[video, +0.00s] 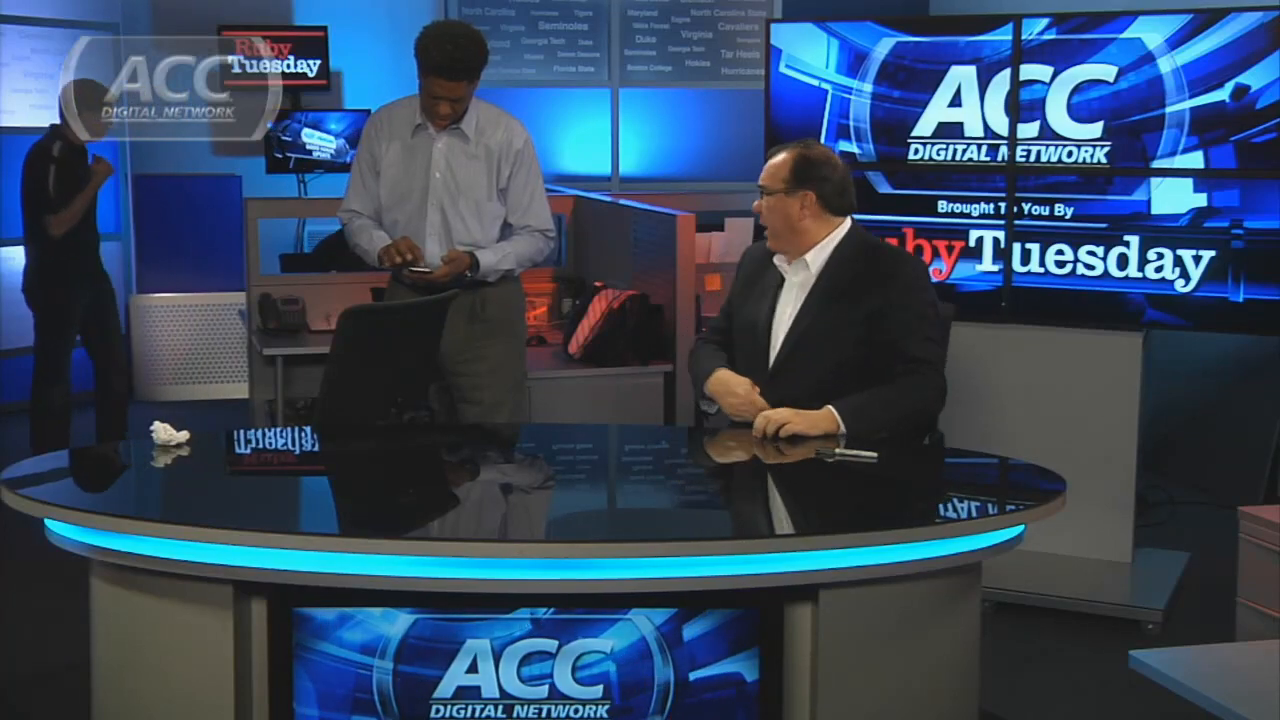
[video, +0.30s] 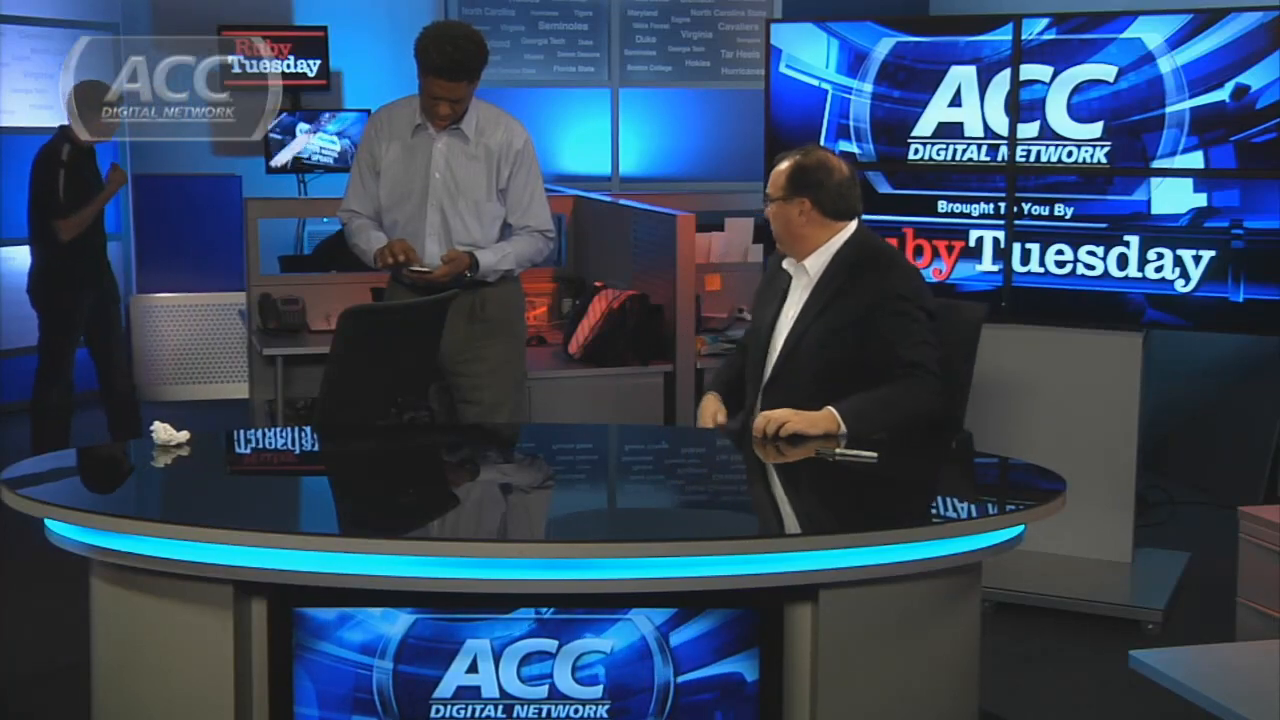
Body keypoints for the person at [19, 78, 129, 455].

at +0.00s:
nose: (104, 121)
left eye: (105, 112)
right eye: (97, 112)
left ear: (89, 113)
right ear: (76, 112)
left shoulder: (78, 154)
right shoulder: (44, 155)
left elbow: (77, 224)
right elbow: (53, 226)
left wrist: (90, 272)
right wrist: (95, 182)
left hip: (88, 277)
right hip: (54, 282)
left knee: (113, 365)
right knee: (53, 375)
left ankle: (111, 451)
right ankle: (50, 462)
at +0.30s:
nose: (113, 123)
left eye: (113, 114)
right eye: (105, 114)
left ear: (91, 115)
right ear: (85, 114)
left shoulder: (84, 153)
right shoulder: (54, 157)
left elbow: (84, 225)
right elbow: (62, 229)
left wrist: (98, 274)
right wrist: (108, 191)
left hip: (93, 280)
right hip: (60, 285)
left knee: (114, 367)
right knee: (56, 374)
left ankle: (130, 450)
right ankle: (50, 461)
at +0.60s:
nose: (143, 123)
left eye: (145, 115)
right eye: (137, 114)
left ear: (121, 116)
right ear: (113, 113)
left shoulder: (115, 157)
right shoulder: (84, 154)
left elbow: (113, 222)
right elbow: (81, 226)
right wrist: (145, 241)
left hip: (124, 281)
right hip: (90, 284)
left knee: (142, 371)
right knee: (87, 374)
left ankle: (138, 457)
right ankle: (55, 463)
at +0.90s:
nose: (170, 123)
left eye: (173, 114)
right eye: (163, 113)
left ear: (171, 118)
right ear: (141, 112)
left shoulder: (151, 157)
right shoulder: (108, 155)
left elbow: (150, 232)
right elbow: (90, 222)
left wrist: (164, 285)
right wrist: (93, 286)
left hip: (153, 284)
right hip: (120, 283)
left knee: (153, 372)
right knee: (129, 369)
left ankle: (140, 455)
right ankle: (84, 453)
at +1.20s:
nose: (180, 123)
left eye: (184, 115)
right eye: (172, 115)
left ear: (189, 119)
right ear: (154, 115)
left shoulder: (183, 165)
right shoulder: (122, 160)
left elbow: (182, 234)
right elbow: (87, 225)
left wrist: (193, 289)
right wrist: (86, 288)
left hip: (171, 288)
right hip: (127, 288)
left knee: (158, 375)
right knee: (137, 377)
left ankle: (152, 455)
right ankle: (140, 456)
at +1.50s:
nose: (180, 122)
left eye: (185, 114)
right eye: (172, 114)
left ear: (190, 117)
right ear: (153, 116)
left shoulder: (191, 161)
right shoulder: (122, 163)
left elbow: (197, 229)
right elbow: (98, 234)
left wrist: (208, 289)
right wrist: (100, 299)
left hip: (188, 291)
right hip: (141, 292)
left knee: (187, 382)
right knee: (152, 386)